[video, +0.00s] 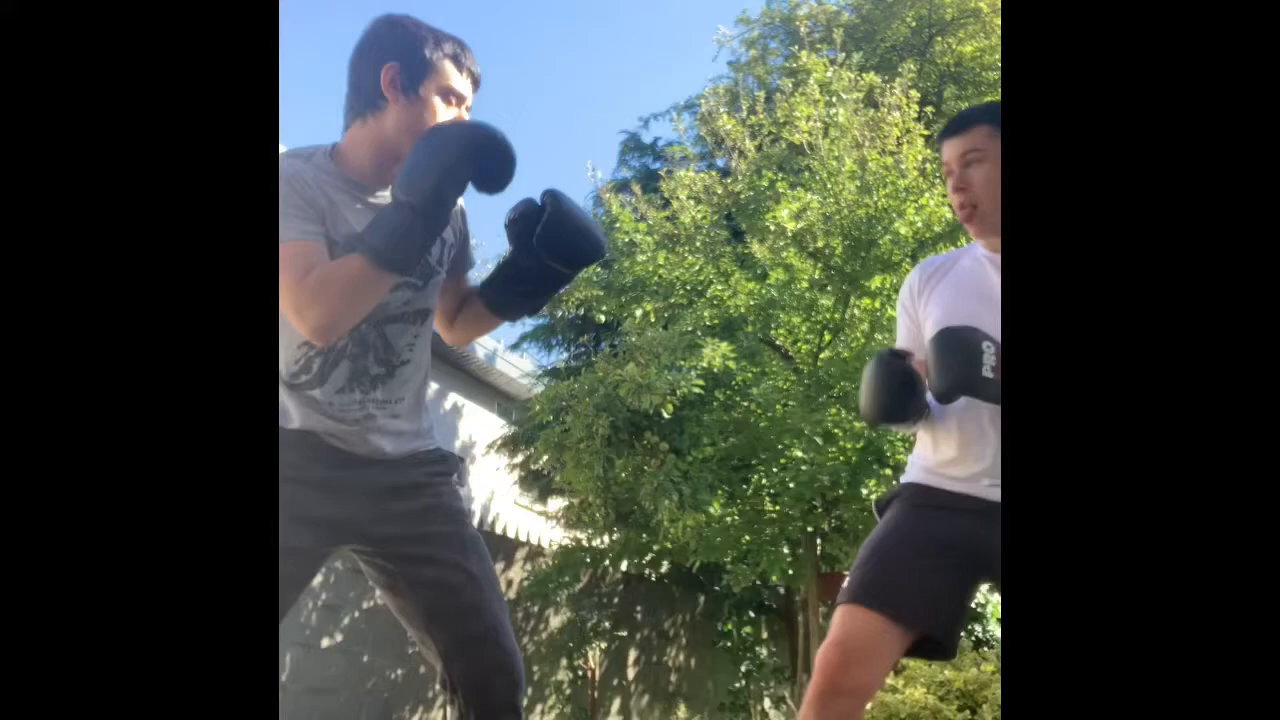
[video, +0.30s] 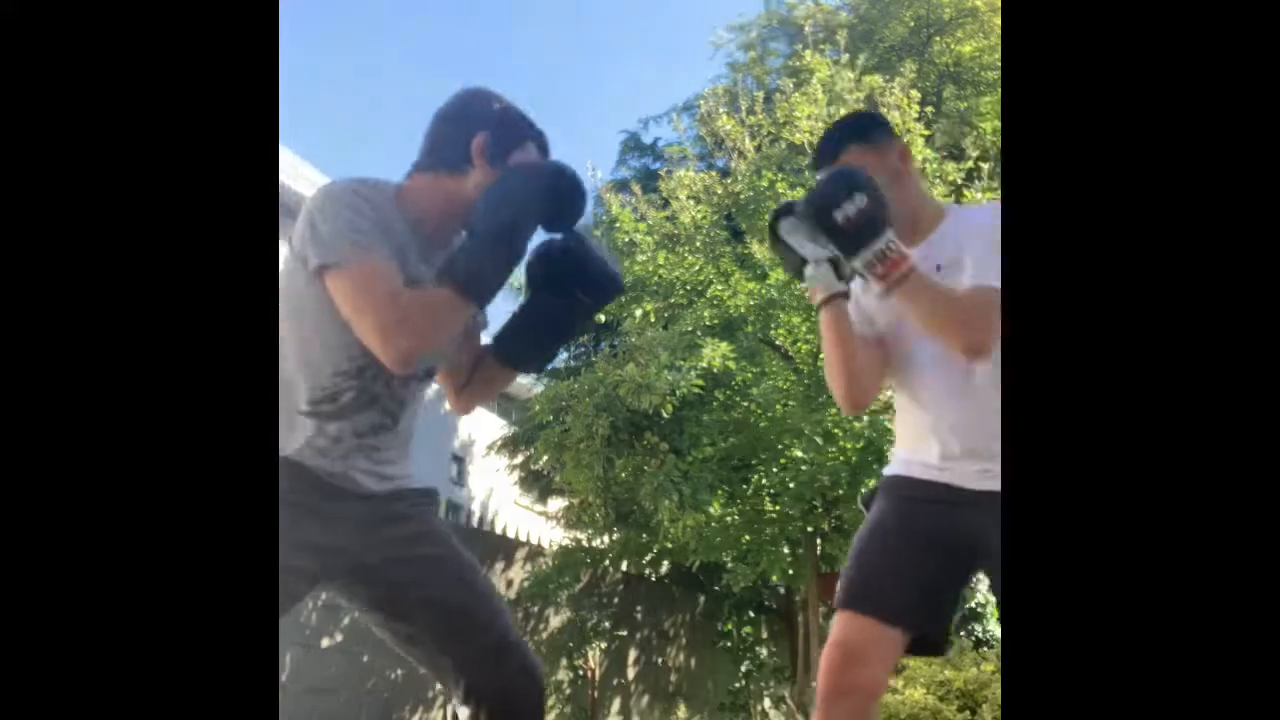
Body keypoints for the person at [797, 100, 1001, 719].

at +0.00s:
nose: (955, 184)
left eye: (972, 161)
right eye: (948, 171)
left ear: (1011, 165)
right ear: (945, 184)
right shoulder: (929, 282)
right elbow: (918, 386)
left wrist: (994, 374)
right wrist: (901, 394)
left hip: (998, 498)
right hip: (942, 495)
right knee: (840, 672)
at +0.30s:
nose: (858, 199)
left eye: (864, 176)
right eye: (843, 189)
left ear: (905, 158)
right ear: (831, 201)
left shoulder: (990, 227)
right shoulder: (866, 272)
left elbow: (976, 336)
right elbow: (854, 395)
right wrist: (826, 290)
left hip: (1000, 482)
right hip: (921, 482)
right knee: (847, 669)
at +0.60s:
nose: (805, 243)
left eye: (804, 217)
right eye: (791, 234)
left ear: (834, 177)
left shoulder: (942, 231)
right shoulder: (829, 278)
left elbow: (868, 348)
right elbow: (795, 384)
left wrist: (799, 257)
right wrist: (765, 270)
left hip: (987, 490)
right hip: (888, 487)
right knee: (801, 664)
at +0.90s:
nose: (800, 224)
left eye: (804, 200)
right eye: (789, 211)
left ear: (848, 165)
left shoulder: (957, 223)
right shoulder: (830, 277)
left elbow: (899, 335)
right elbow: (810, 406)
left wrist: (804, 255)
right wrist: (774, 308)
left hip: (992, 482)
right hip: (901, 485)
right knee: (804, 666)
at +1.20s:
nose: (958, 143)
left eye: (972, 123)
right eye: (949, 132)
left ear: (1010, 127)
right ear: (944, 149)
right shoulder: (953, 235)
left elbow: (979, 312)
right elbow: (883, 367)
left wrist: (919, 213)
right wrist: (881, 250)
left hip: (984, 466)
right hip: (955, 466)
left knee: (859, 671)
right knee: (853, 673)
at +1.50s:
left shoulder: (993, 279)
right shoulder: (998, 277)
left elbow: (955, 356)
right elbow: (955, 356)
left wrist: (966, 407)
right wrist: (966, 410)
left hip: (987, 503)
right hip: (988, 499)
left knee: (879, 691)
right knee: (876, 691)